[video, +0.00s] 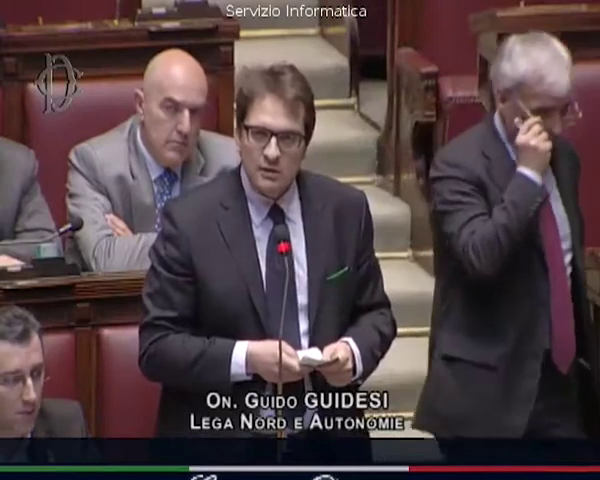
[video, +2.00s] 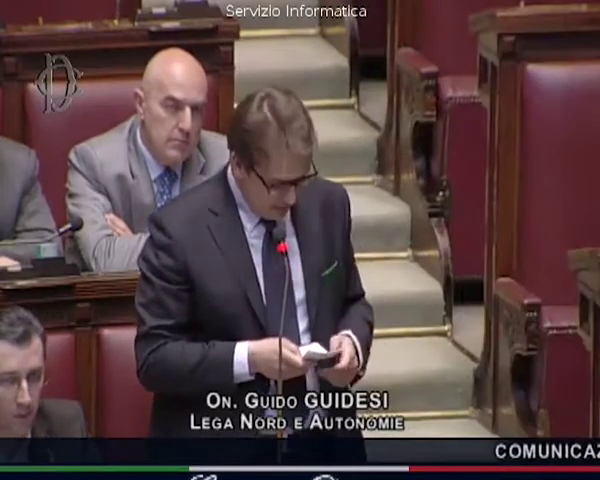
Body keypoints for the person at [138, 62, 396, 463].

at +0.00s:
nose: (272, 153)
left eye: (288, 138)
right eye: (258, 134)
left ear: (307, 141)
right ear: (238, 134)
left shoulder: (347, 209)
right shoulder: (188, 218)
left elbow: (377, 314)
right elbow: (156, 347)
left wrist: (352, 352)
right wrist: (246, 357)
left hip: (326, 438)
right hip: (219, 441)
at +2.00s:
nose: (290, 199)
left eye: (299, 182)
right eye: (276, 185)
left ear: (309, 162)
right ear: (238, 167)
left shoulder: (328, 203)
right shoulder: (178, 227)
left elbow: (354, 303)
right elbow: (154, 359)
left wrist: (352, 341)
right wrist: (247, 358)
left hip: (321, 439)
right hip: (217, 444)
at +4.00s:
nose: (296, 207)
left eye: (308, 191)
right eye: (283, 193)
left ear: (319, 168)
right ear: (247, 168)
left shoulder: (341, 208)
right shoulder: (186, 223)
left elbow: (368, 311)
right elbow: (161, 355)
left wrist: (359, 345)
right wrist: (250, 357)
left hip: (323, 441)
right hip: (220, 445)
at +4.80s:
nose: (295, 209)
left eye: (309, 194)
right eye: (283, 196)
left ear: (321, 171)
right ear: (247, 170)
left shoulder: (340, 208)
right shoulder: (186, 223)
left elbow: (365, 309)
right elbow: (161, 355)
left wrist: (358, 345)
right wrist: (250, 357)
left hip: (323, 441)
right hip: (219, 442)